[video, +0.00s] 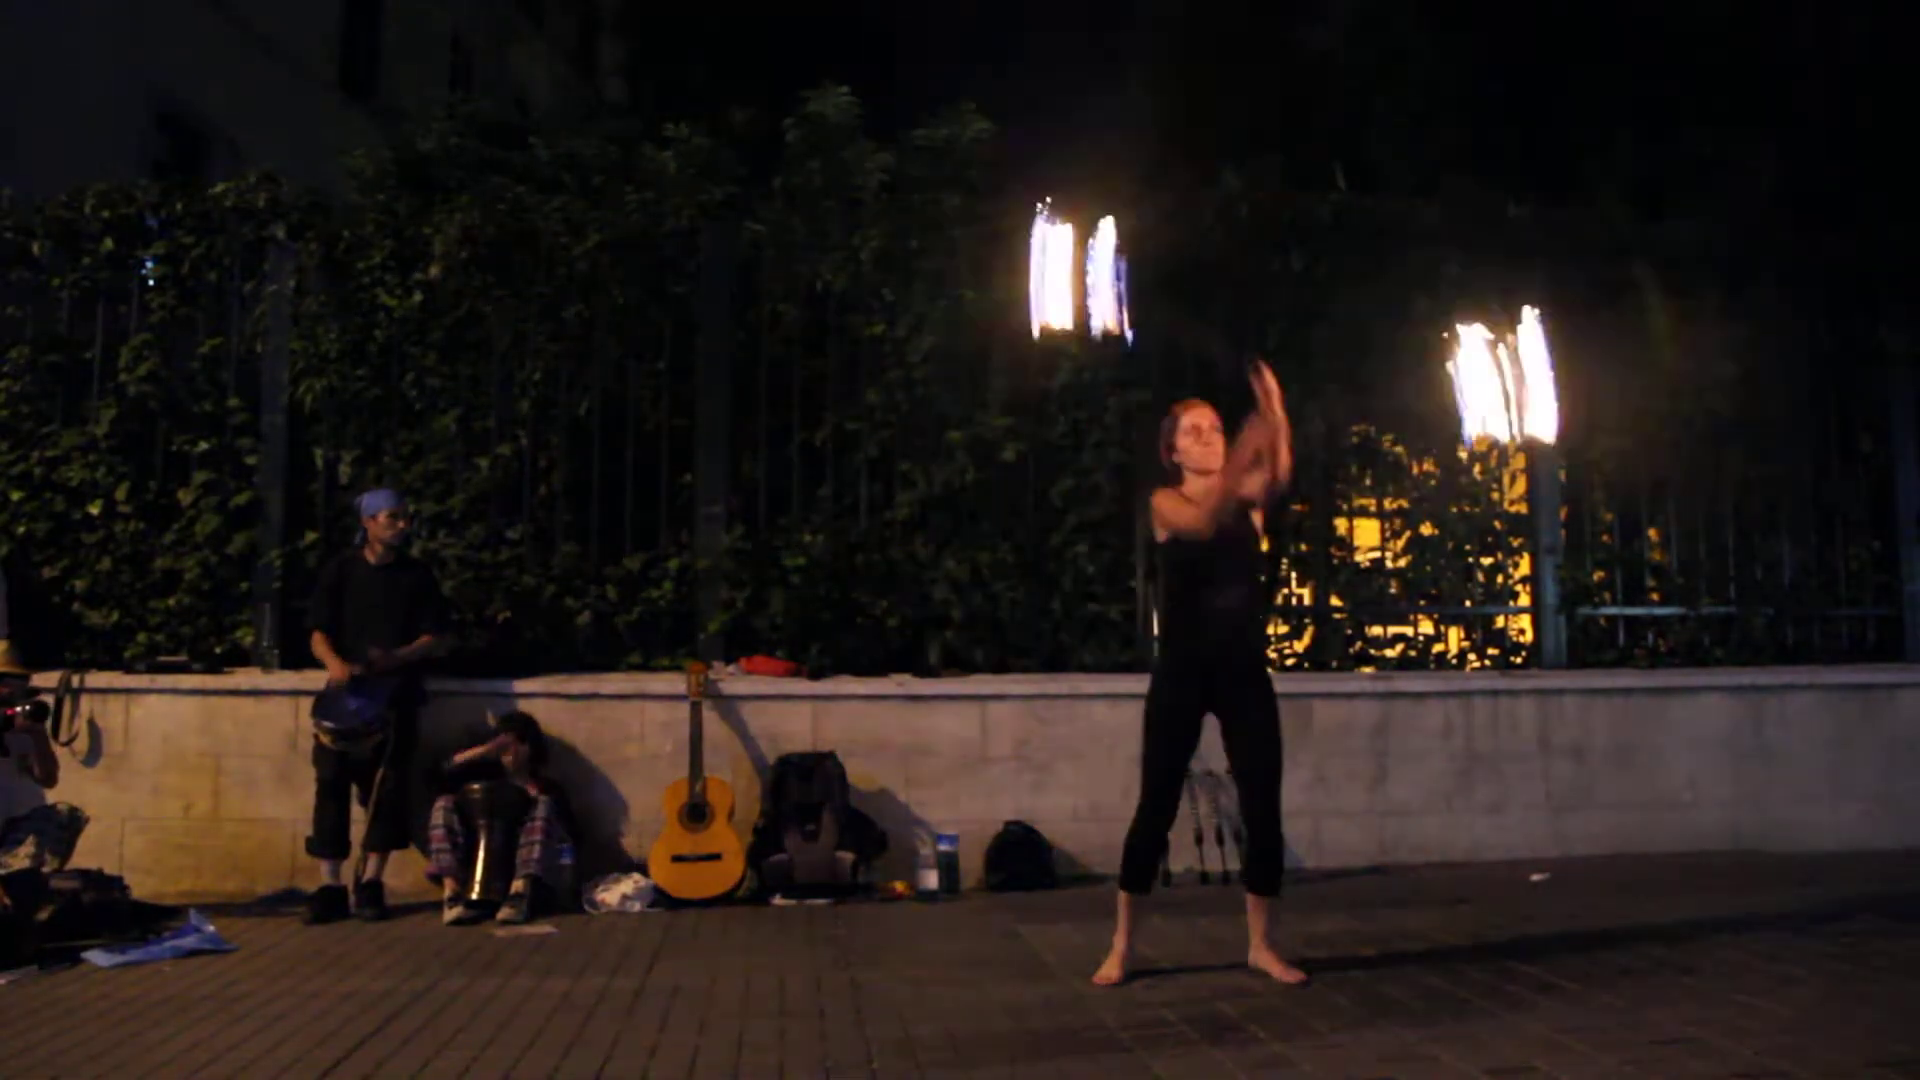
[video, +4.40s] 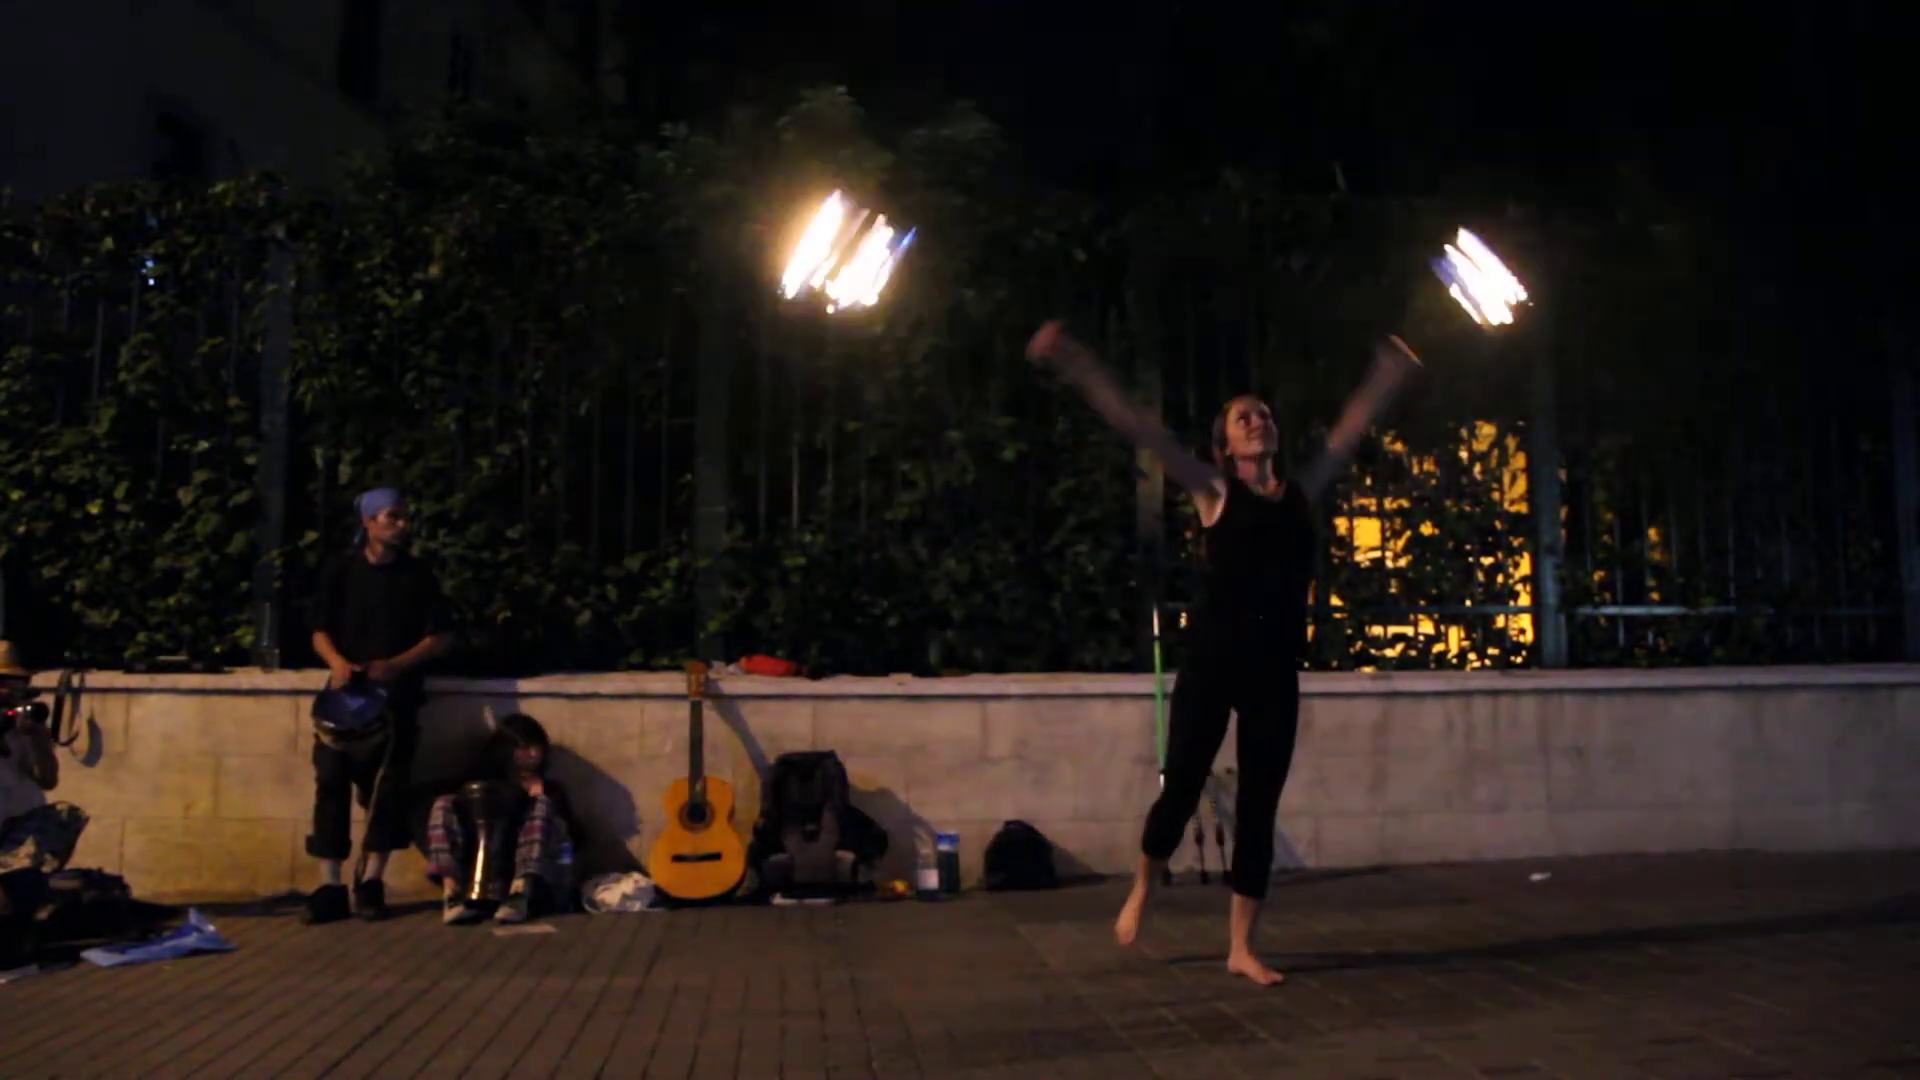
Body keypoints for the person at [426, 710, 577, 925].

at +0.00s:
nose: (511, 752)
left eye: (518, 744)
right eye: (505, 744)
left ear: (531, 749)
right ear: (496, 746)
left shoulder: (547, 786)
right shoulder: (483, 777)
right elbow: (440, 774)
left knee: (544, 806)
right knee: (443, 805)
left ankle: (520, 892)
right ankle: (451, 892)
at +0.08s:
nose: (511, 751)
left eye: (519, 744)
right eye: (505, 742)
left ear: (532, 751)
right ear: (496, 746)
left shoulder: (548, 787)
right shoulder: (483, 778)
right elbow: (436, 782)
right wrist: (477, 751)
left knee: (543, 805)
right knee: (444, 805)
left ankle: (520, 892)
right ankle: (451, 893)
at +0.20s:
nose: (512, 750)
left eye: (521, 743)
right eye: (507, 741)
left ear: (533, 749)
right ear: (499, 746)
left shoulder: (547, 787)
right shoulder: (489, 783)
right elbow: (449, 789)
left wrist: (543, 798)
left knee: (541, 811)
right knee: (443, 805)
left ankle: (521, 892)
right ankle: (451, 892)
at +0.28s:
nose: (516, 746)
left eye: (525, 741)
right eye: (510, 738)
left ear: (536, 750)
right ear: (501, 742)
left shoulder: (543, 782)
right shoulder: (483, 772)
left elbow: (571, 837)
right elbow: (436, 789)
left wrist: (544, 799)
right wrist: (472, 771)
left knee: (540, 811)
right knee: (443, 805)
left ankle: (520, 893)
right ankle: (451, 892)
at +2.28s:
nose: (523, 749)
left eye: (532, 745)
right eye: (521, 741)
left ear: (541, 754)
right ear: (511, 744)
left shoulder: (550, 791)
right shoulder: (492, 785)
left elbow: (563, 844)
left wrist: (539, 799)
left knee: (542, 806)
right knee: (445, 803)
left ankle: (520, 891)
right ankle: (451, 892)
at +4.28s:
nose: (529, 751)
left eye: (534, 745)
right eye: (521, 744)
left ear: (541, 750)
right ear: (503, 748)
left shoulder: (546, 786)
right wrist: (463, 761)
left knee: (541, 804)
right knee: (443, 804)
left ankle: (520, 893)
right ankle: (451, 893)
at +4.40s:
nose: (532, 755)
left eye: (537, 748)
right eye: (524, 748)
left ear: (544, 753)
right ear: (504, 753)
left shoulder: (550, 790)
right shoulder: (487, 792)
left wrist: (542, 800)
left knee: (541, 807)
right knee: (443, 806)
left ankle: (521, 892)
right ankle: (452, 893)